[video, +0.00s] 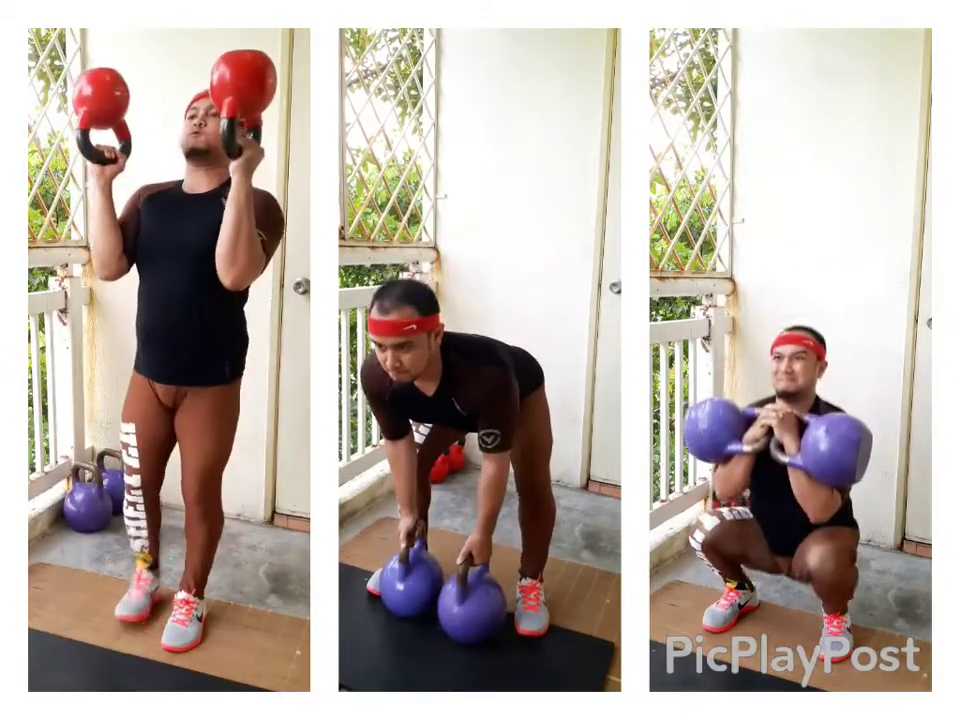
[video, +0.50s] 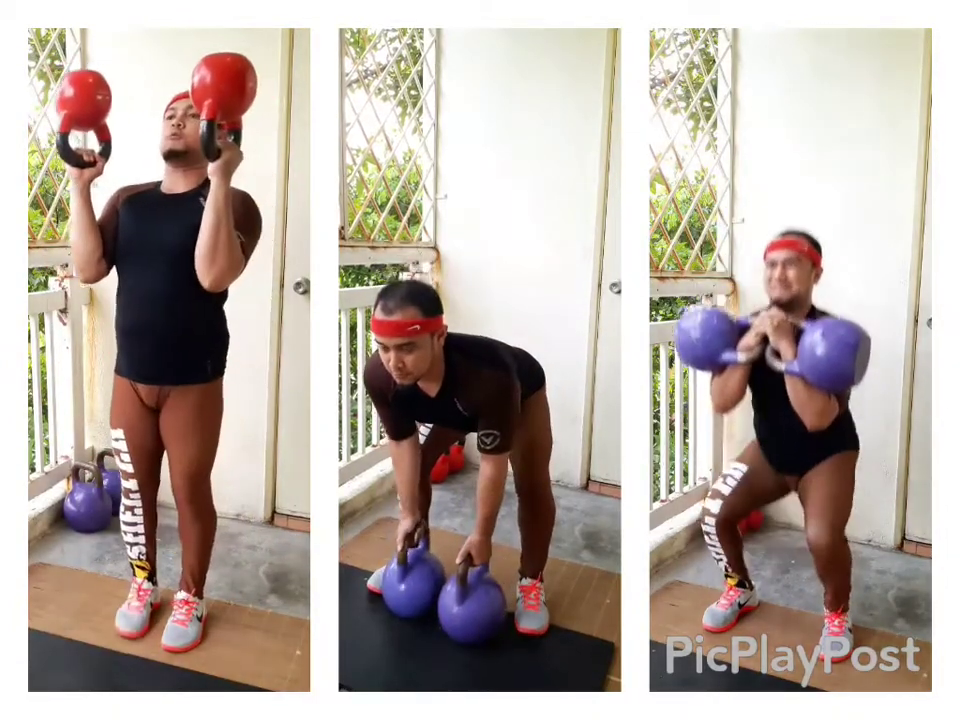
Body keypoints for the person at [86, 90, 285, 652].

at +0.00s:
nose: (197, 119)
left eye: (211, 114)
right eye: (192, 113)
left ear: (237, 134)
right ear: (181, 131)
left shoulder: (258, 206)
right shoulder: (149, 199)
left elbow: (234, 272)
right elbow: (108, 266)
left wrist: (241, 176)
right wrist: (101, 183)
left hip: (212, 380)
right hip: (148, 373)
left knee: (201, 495)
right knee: (139, 486)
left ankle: (191, 596)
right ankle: (145, 574)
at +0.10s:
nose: (196, 120)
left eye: (210, 114)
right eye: (190, 113)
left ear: (236, 134)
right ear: (180, 131)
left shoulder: (255, 206)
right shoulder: (146, 199)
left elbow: (231, 274)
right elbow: (106, 268)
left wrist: (236, 179)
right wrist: (98, 186)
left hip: (208, 381)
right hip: (144, 373)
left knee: (198, 495)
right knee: (139, 488)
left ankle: (190, 598)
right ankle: (141, 582)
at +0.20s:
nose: (193, 121)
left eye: (207, 115)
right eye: (187, 114)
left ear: (232, 134)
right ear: (176, 130)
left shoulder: (250, 206)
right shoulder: (142, 199)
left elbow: (228, 276)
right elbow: (102, 268)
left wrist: (234, 180)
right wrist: (93, 187)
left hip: (203, 380)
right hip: (140, 374)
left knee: (195, 494)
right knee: (141, 489)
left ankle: (190, 596)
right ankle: (142, 583)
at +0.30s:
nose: (187, 122)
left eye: (201, 115)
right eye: (181, 115)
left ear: (227, 133)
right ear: (171, 130)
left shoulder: (246, 205)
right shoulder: (137, 199)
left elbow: (224, 276)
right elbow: (98, 268)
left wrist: (228, 180)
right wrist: (88, 187)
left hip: (200, 380)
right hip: (136, 374)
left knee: (194, 493)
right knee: (141, 488)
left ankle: (190, 597)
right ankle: (141, 583)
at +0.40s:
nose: (182, 122)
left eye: (196, 115)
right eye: (176, 115)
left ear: (221, 133)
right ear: (166, 131)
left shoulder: (240, 205)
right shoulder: (133, 199)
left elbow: (218, 275)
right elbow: (93, 268)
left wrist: (223, 179)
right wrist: (84, 187)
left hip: (197, 379)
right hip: (133, 373)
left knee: (192, 492)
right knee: (140, 487)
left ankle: (190, 596)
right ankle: (142, 584)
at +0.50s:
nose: (176, 121)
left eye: (190, 115)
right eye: (170, 115)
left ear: (215, 133)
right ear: (160, 131)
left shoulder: (234, 204)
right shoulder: (127, 200)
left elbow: (214, 274)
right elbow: (89, 269)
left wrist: (219, 179)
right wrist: (81, 187)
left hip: (193, 377)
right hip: (130, 371)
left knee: (190, 490)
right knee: (138, 486)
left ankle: (190, 596)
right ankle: (142, 583)